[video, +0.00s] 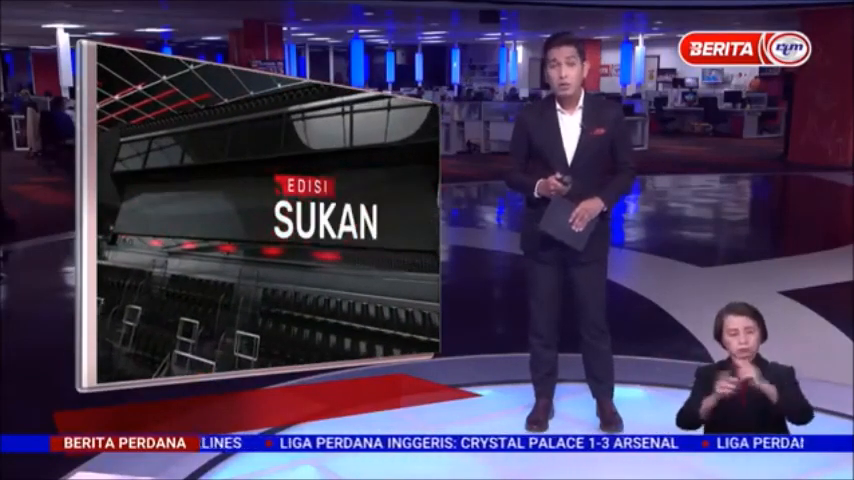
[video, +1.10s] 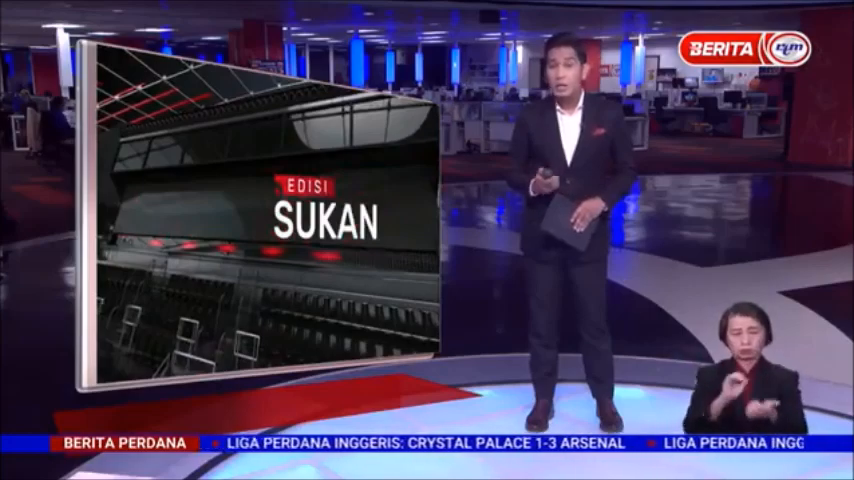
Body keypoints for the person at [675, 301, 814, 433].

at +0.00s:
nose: (743, 340)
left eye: (750, 332)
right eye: (734, 333)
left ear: (762, 335)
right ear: (722, 340)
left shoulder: (782, 374)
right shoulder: (709, 375)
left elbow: (804, 416)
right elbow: (685, 421)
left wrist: (765, 386)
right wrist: (716, 397)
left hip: (773, 461)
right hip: (720, 461)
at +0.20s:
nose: (742, 342)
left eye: (749, 333)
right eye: (733, 335)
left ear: (761, 336)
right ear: (722, 341)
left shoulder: (782, 375)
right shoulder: (709, 376)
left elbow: (808, 419)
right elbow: (680, 423)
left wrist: (774, 395)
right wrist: (706, 406)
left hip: (775, 461)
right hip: (721, 461)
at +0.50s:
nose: (743, 345)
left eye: (750, 336)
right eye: (734, 337)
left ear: (762, 338)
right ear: (723, 341)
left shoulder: (781, 375)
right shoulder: (711, 376)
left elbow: (809, 417)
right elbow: (680, 420)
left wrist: (784, 384)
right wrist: (701, 385)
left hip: (772, 460)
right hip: (720, 460)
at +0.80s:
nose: (744, 346)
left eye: (752, 337)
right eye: (736, 338)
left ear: (764, 339)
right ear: (725, 341)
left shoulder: (783, 376)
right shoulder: (709, 375)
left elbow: (808, 425)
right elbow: (682, 426)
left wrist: (778, 396)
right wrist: (708, 393)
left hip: (772, 461)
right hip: (719, 461)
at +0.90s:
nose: (744, 344)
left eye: (752, 335)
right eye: (736, 336)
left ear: (764, 338)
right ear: (725, 341)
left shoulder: (784, 379)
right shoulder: (708, 378)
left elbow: (807, 432)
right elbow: (682, 430)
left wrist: (778, 430)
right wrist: (707, 423)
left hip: (771, 464)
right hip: (717, 464)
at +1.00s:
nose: (745, 341)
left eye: (752, 333)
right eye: (736, 334)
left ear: (765, 337)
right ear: (725, 340)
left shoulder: (785, 379)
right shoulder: (708, 377)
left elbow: (804, 432)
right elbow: (684, 430)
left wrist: (777, 428)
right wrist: (710, 419)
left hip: (770, 465)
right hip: (716, 464)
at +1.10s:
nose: (745, 340)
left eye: (753, 332)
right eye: (737, 333)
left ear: (766, 336)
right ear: (726, 339)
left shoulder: (784, 379)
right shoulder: (709, 376)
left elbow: (799, 430)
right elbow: (691, 428)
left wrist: (772, 415)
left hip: (769, 461)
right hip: (717, 460)